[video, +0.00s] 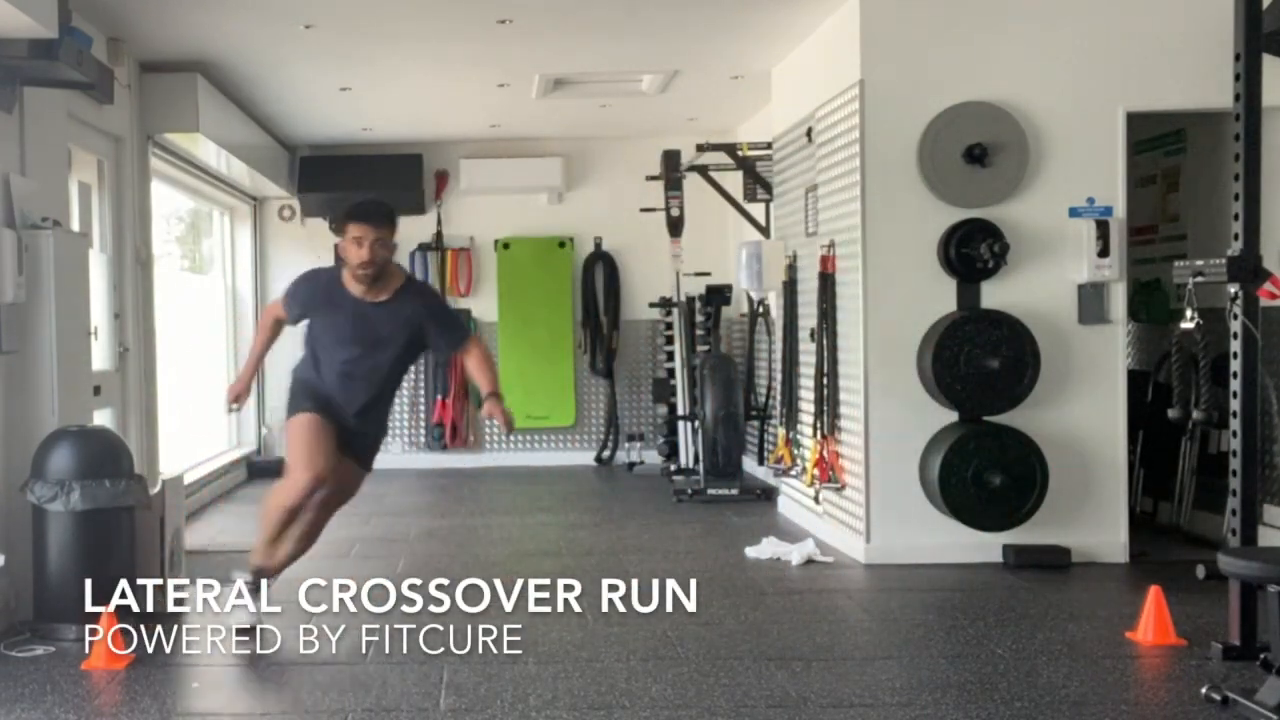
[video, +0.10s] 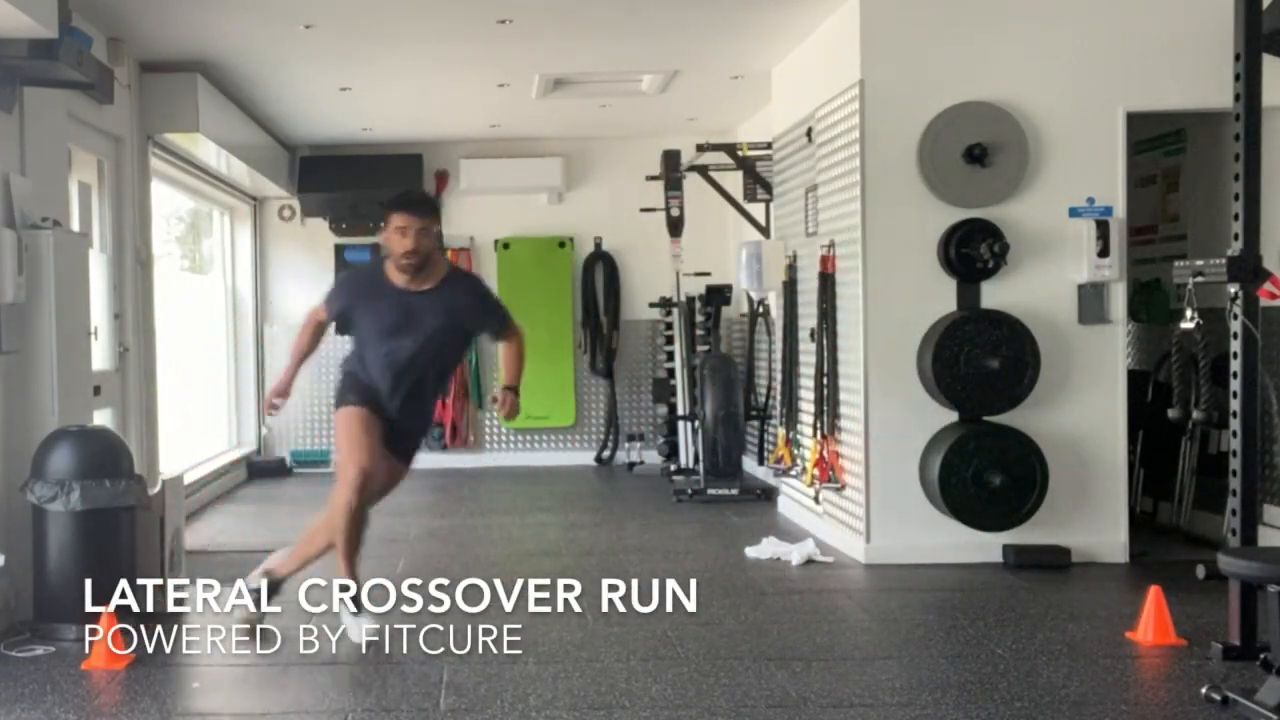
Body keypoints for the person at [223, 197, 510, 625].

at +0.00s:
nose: (368, 254)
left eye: (379, 243)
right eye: (357, 242)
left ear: (393, 246)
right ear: (340, 244)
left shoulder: (420, 302)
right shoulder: (318, 286)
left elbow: (469, 345)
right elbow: (275, 315)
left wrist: (491, 395)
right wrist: (246, 376)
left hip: (365, 424)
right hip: (314, 397)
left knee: (320, 510)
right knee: (309, 474)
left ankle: (260, 580)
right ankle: (256, 568)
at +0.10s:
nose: (410, 243)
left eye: (422, 232)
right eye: (400, 232)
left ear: (438, 236)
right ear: (383, 237)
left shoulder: (466, 292)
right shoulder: (360, 284)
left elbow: (512, 337)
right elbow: (317, 319)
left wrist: (510, 386)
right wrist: (288, 376)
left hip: (410, 419)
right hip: (362, 390)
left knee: (349, 511)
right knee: (357, 473)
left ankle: (272, 573)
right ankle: (348, 586)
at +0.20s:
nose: (475, 241)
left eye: (484, 231)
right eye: (465, 230)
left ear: (496, 234)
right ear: (447, 233)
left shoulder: (515, 288)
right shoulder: (419, 285)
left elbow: (531, 342)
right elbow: (361, 335)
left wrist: (531, 398)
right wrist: (353, 379)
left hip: (465, 415)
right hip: (410, 403)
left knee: (432, 525)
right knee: (391, 500)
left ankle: (386, 556)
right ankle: (362, 594)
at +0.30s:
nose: (560, 234)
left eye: (567, 223)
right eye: (550, 223)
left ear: (576, 228)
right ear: (530, 226)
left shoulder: (581, 283)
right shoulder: (495, 277)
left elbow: (592, 328)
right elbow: (427, 328)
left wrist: (594, 378)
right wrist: (444, 374)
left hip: (524, 396)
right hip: (465, 392)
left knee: (545, 501)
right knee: (427, 495)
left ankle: (536, 557)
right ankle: (370, 596)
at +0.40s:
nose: (644, 227)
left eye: (652, 217)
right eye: (634, 216)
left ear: (660, 222)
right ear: (613, 218)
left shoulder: (660, 277)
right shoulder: (580, 266)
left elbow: (677, 327)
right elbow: (502, 314)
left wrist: (694, 375)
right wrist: (494, 386)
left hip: (598, 388)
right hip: (541, 384)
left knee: (630, 490)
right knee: (508, 491)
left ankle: (604, 589)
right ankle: (418, 576)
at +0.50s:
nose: (726, 224)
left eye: (730, 214)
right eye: (717, 213)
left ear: (730, 215)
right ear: (686, 213)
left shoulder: (729, 268)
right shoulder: (640, 263)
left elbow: (754, 318)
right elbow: (566, 301)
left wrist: (778, 354)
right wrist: (539, 371)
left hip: (676, 386)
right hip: (625, 380)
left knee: (678, 498)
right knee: (659, 479)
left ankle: (608, 582)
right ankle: (585, 566)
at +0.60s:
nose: (794, 217)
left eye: (797, 207)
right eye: (785, 207)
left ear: (799, 207)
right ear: (753, 208)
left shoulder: (801, 259)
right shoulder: (709, 259)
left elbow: (822, 308)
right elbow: (635, 304)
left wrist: (831, 345)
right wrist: (606, 373)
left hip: (756, 382)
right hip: (711, 379)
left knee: (750, 489)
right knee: (770, 465)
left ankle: (659, 564)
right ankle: (808, 571)